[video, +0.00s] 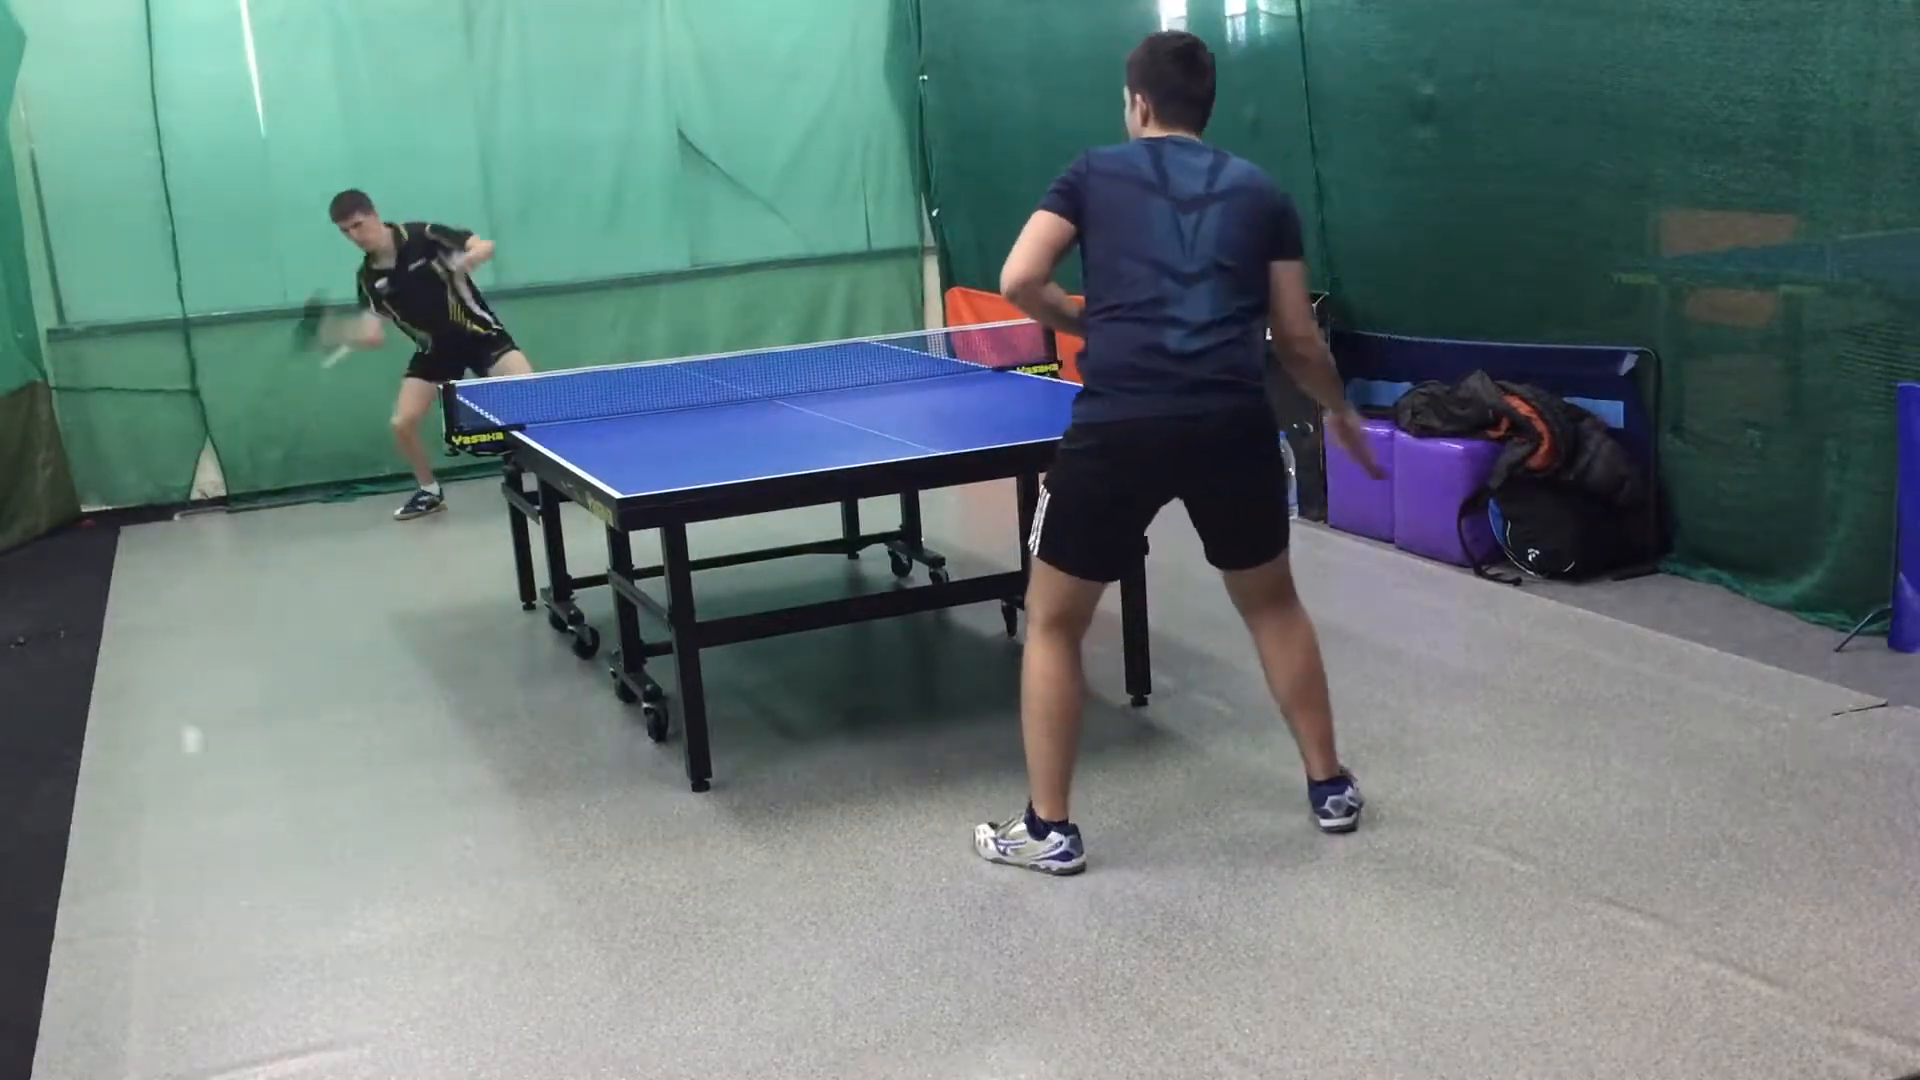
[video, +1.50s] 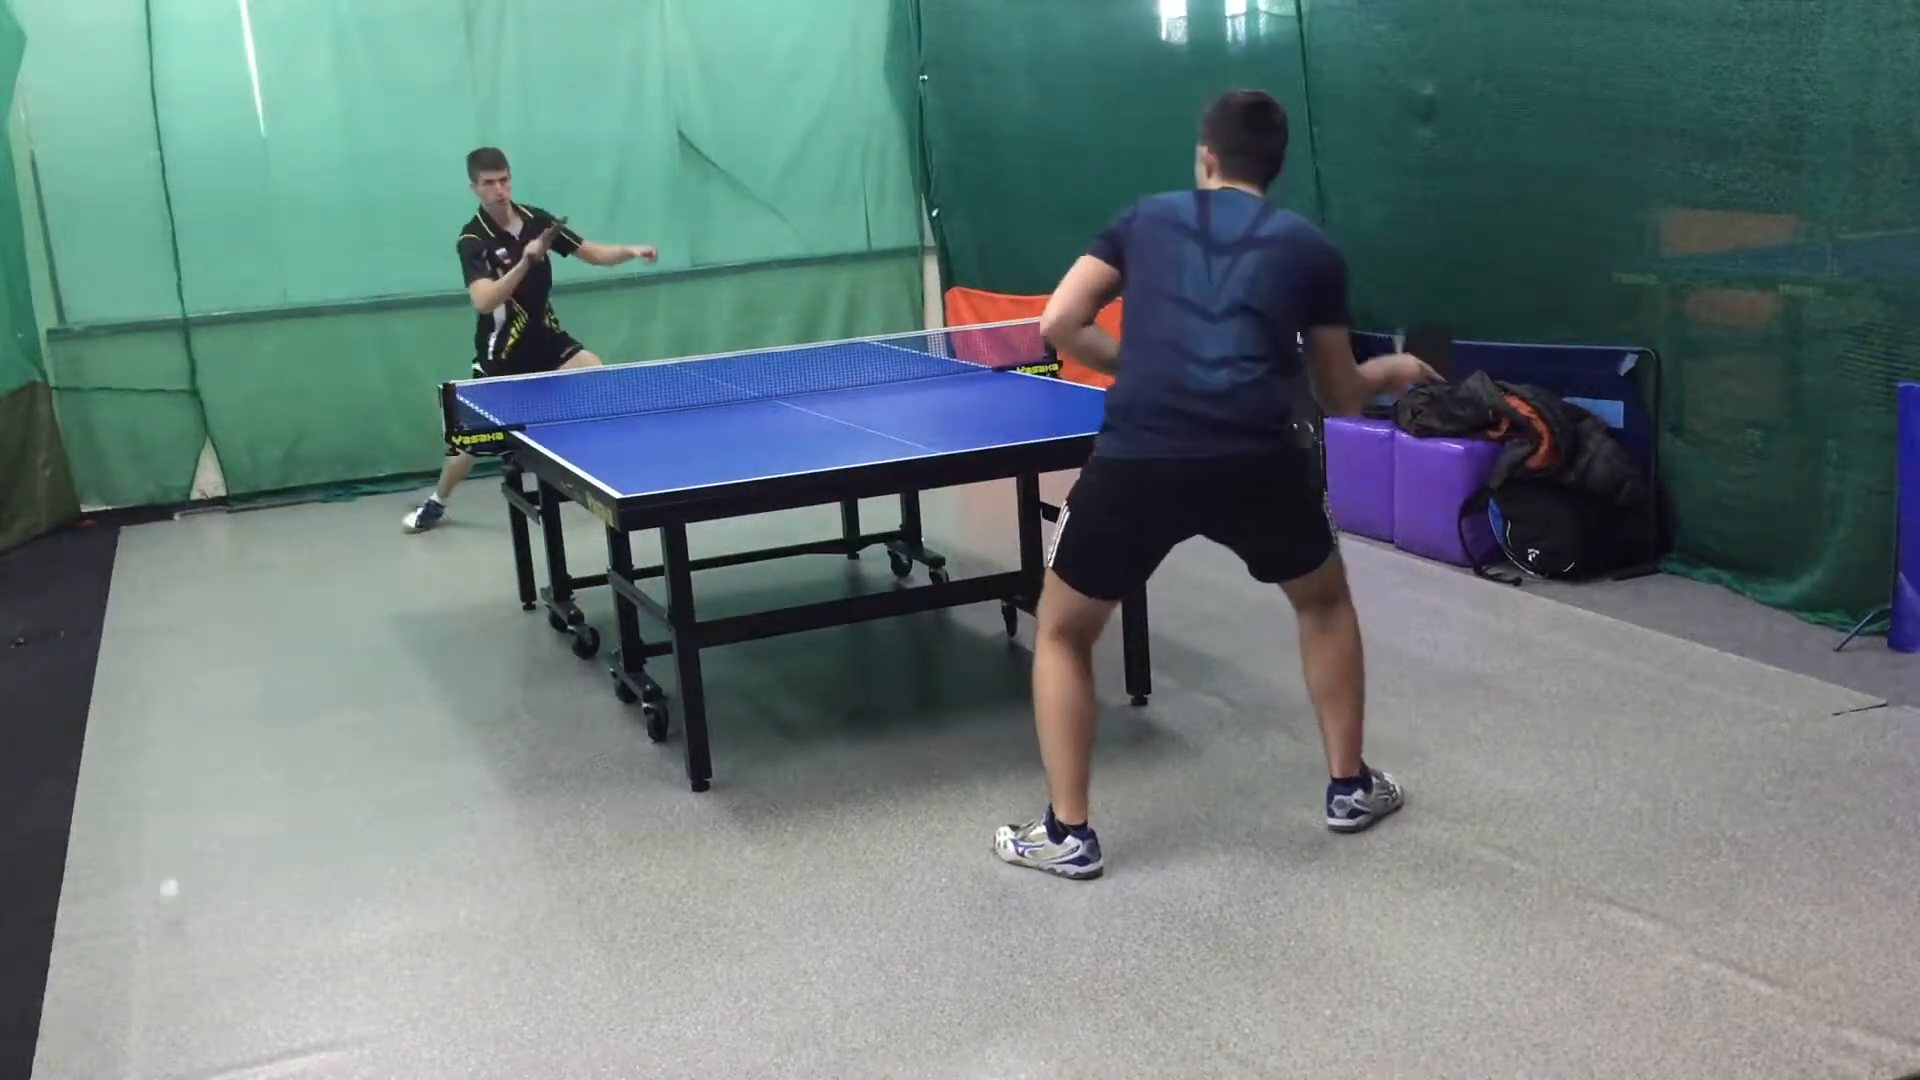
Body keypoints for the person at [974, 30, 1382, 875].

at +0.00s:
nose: (1127, 110)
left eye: (1127, 99)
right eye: (1135, 98)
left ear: (1136, 104)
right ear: (1209, 106)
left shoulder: (1096, 173)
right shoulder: (1259, 192)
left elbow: (1020, 280)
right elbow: (1295, 335)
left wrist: (1084, 319)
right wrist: (1341, 414)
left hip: (1118, 432)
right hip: (1231, 431)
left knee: (1055, 624)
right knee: (1274, 605)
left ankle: (1050, 827)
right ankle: (1330, 787)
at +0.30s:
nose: (1181, 170)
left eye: (1179, 160)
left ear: (1177, 165)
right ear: (1253, 172)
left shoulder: (1117, 227)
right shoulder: (1279, 248)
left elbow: (1029, 332)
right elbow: (1318, 396)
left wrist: (1099, 367)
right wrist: (1393, 416)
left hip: (1104, 477)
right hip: (1224, 478)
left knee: (1040, 638)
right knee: (1297, 612)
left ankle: (1042, 831)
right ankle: (1329, 785)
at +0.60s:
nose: (1205, 119)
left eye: (1206, 108)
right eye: (1213, 109)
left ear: (1213, 115)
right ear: (1283, 125)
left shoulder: (1168, 175)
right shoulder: (1318, 215)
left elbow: (1083, 275)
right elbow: (1320, 353)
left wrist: (1148, 322)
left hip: (1173, 432)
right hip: (1284, 436)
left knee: (1092, 618)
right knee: (1309, 603)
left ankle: (1049, 824)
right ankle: (1330, 782)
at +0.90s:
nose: (1144, 127)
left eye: (1144, 116)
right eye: (1148, 115)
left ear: (1157, 120)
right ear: (1225, 121)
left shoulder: (1139, 187)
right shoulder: (1277, 200)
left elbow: (1091, 302)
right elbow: (1270, 301)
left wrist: (1146, 344)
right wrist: (1182, 326)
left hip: (1190, 446)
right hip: (1293, 440)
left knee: (1088, 624)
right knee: (1298, 605)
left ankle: (1070, 829)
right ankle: (1340, 780)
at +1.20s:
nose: (1136, 112)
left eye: (1135, 102)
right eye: (1143, 100)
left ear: (1146, 106)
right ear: (1219, 107)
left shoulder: (1111, 175)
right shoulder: (1272, 192)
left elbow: (1042, 285)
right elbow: (1299, 329)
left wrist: (1098, 321)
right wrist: (1307, 387)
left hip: (1145, 435)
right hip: (1255, 430)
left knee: (1071, 625)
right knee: (1293, 605)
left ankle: (1068, 829)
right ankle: (1346, 784)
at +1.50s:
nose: (1199, 162)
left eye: (1199, 152)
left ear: (1204, 158)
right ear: (1277, 167)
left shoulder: (1146, 219)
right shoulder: (1308, 250)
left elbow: (1060, 323)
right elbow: (1342, 393)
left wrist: (1136, 367)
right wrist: (1390, 367)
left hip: (1137, 470)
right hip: (1257, 470)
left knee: (1064, 635)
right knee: (1322, 604)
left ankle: (1069, 829)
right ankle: (1348, 785)